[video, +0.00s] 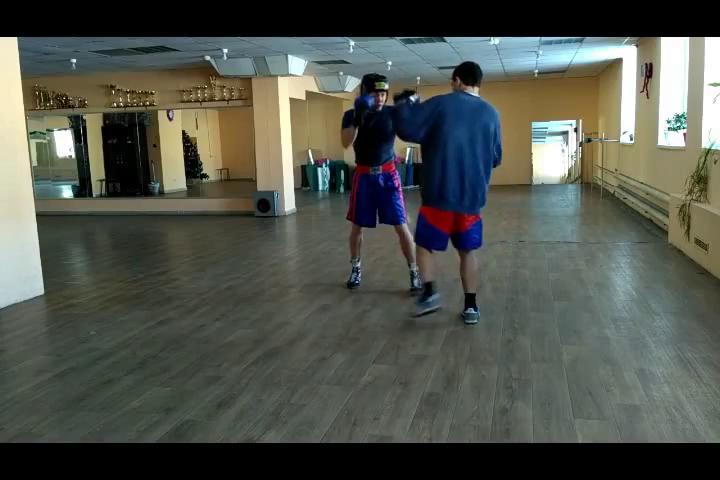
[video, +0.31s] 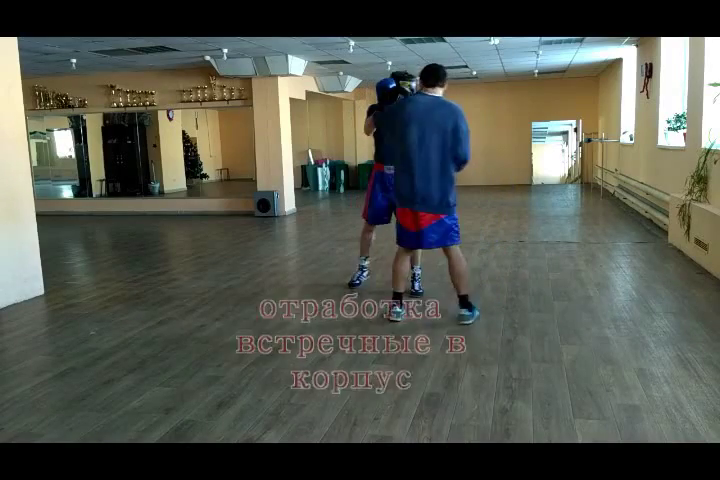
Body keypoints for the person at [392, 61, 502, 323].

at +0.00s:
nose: (452, 84)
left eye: (452, 80)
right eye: (454, 81)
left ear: (457, 81)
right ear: (479, 84)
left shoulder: (440, 104)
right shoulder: (490, 112)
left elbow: (406, 127)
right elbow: (495, 157)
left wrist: (403, 104)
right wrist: (474, 175)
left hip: (438, 191)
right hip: (473, 193)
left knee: (425, 245)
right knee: (468, 252)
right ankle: (471, 307)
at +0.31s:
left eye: (420, 82)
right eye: (444, 85)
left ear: (419, 83)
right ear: (444, 85)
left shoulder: (402, 107)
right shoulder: (452, 111)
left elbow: (373, 124)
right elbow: (462, 157)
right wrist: (446, 171)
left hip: (406, 191)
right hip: (440, 193)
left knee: (404, 249)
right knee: (452, 250)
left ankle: (396, 305)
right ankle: (465, 306)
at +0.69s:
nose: (432, 84)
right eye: (434, 80)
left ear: (410, 79)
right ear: (433, 81)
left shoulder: (392, 106)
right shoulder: (442, 112)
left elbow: (369, 139)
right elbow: (450, 160)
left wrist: (391, 156)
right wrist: (428, 164)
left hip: (391, 194)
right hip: (424, 197)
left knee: (396, 254)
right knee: (422, 261)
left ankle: (396, 305)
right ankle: (413, 320)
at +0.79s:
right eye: (436, 90)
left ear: (410, 88)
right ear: (434, 91)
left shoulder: (388, 116)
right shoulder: (440, 123)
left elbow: (373, 159)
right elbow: (450, 174)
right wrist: (432, 175)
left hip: (391, 203)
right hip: (423, 207)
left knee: (403, 256)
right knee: (416, 272)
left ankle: (397, 303)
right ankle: (405, 327)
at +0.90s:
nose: (434, 93)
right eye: (436, 89)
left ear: (409, 87)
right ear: (434, 90)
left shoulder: (388, 115)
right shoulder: (439, 122)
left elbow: (372, 159)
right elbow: (447, 173)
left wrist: (383, 183)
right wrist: (431, 181)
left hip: (392, 202)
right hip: (423, 205)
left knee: (402, 253)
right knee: (416, 272)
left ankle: (398, 302)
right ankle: (405, 326)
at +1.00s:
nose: (431, 85)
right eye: (432, 81)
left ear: (404, 80)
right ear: (430, 82)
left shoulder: (386, 109)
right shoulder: (436, 115)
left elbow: (367, 151)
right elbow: (443, 167)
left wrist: (388, 163)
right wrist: (425, 163)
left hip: (388, 197)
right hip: (420, 200)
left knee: (397, 252)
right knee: (413, 266)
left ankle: (396, 302)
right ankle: (405, 326)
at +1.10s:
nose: (428, 85)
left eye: (426, 80)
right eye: (429, 81)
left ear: (401, 81)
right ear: (427, 83)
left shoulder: (384, 109)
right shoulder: (433, 115)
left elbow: (365, 149)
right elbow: (446, 164)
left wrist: (390, 152)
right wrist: (432, 143)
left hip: (387, 196)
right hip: (418, 200)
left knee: (393, 251)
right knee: (413, 265)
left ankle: (393, 299)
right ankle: (405, 326)